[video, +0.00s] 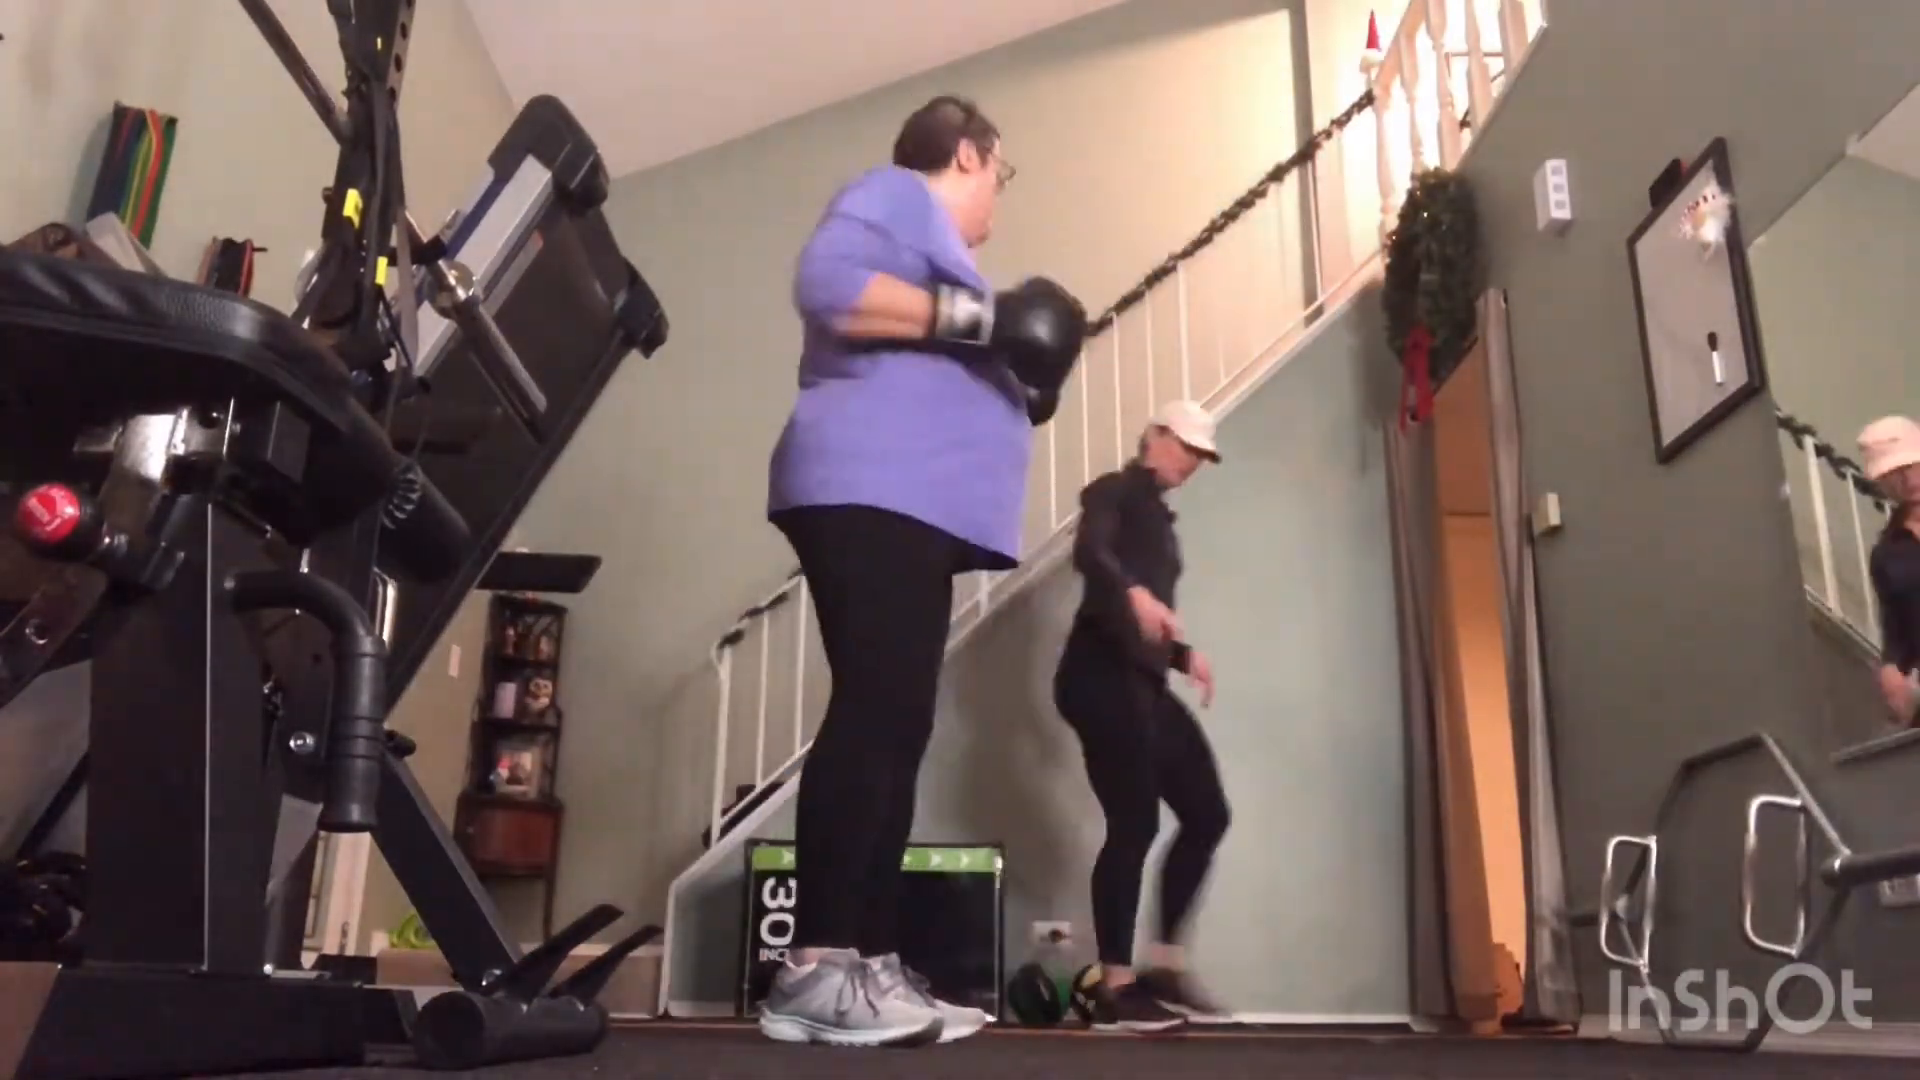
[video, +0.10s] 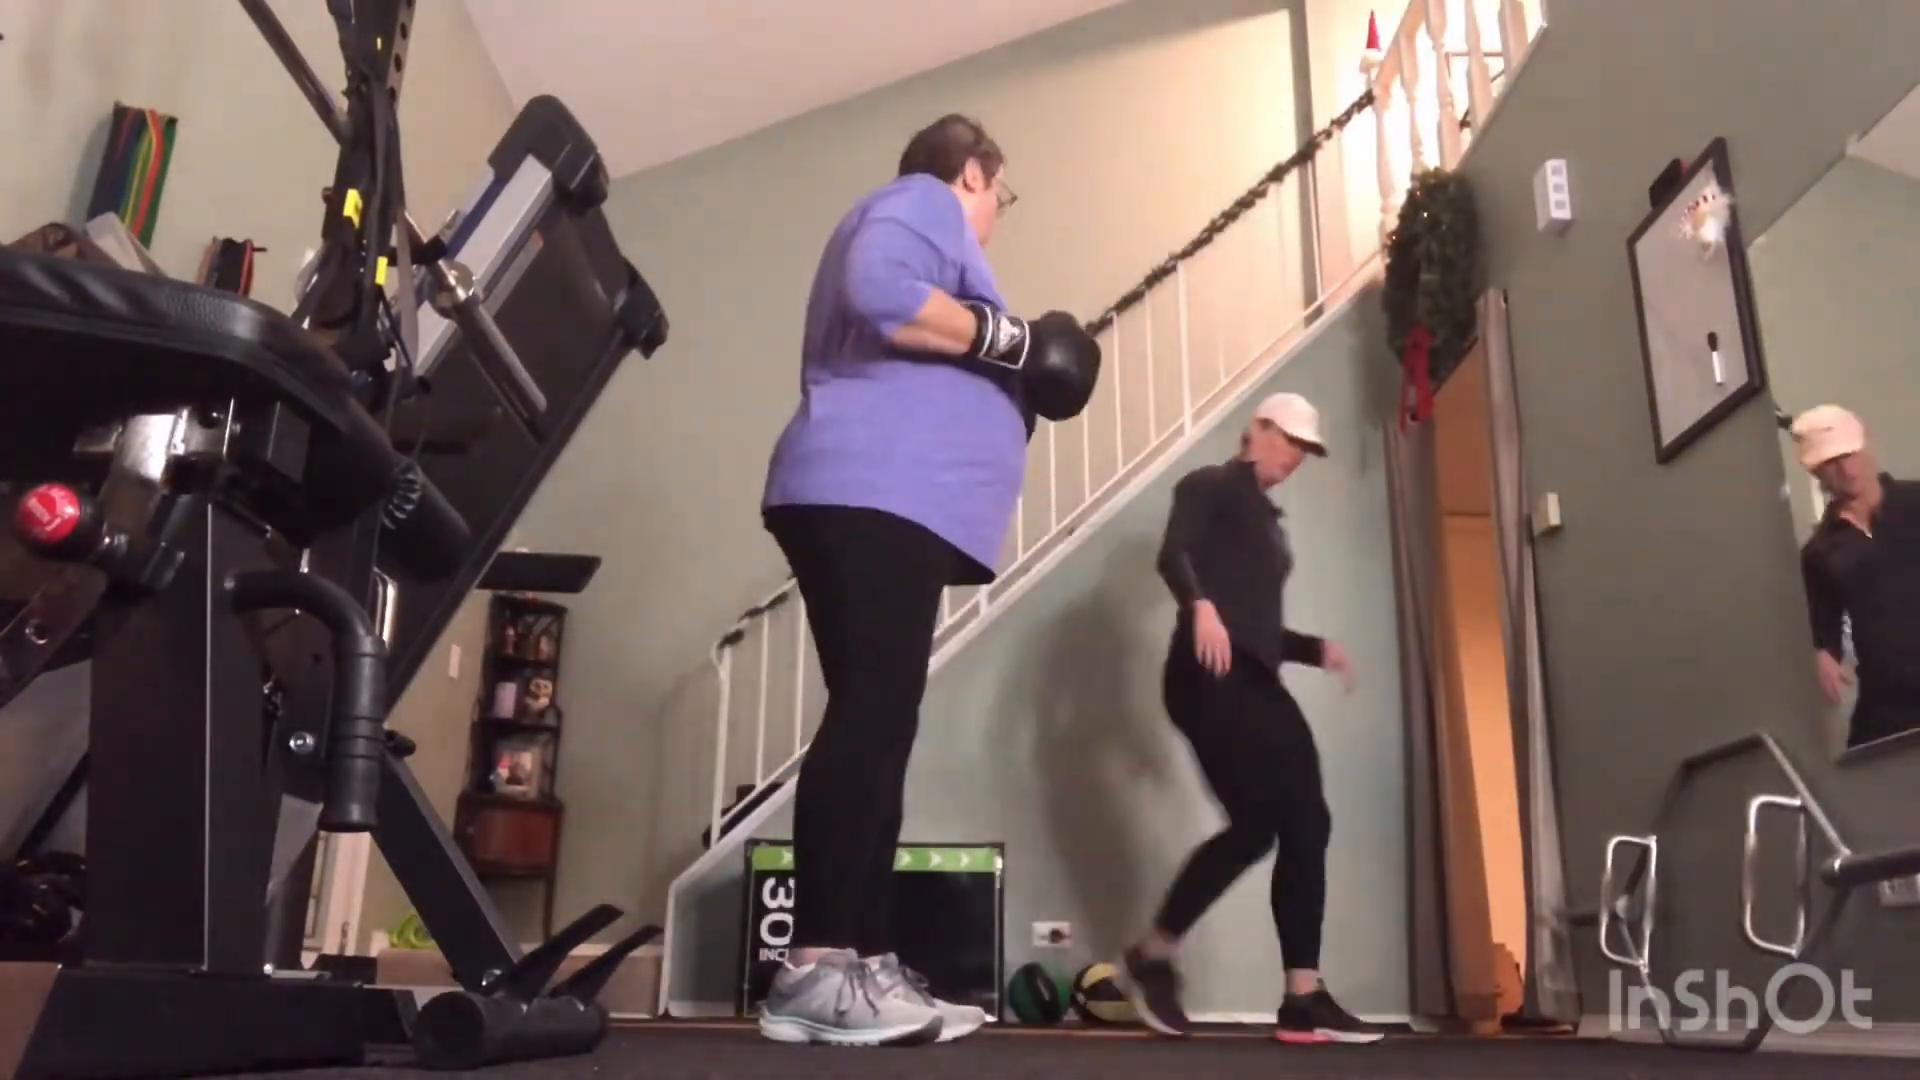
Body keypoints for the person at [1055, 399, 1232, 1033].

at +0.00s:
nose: (1194, 466)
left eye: (1200, 458)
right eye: (1189, 452)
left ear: (1187, 458)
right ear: (1154, 439)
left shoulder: (1157, 516)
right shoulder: (1114, 489)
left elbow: (1142, 605)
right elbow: (1091, 550)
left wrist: (1183, 654)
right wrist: (1132, 592)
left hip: (1141, 681)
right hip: (1098, 675)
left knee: (1207, 816)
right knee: (1132, 821)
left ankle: (1167, 964)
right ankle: (1115, 979)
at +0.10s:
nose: (1295, 459)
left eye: (1303, 451)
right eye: (1289, 443)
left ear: (1298, 457)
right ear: (1255, 432)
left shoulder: (1267, 523)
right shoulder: (1208, 484)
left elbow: (1255, 628)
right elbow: (1174, 554)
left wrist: (1316, 649)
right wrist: (1201, 606)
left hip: (1256, 682)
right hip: (1206, 673)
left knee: (1307, 821)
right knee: (1256, 821)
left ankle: (1303, 996)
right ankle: (1152, 953)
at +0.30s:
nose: (1372, 417)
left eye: (1386, 411)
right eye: (1365, 401)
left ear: (1398, 414)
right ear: (1343, 388)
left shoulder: (1371, 476)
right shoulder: (1300, 448)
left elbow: (1344, 575)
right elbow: (1253, 522)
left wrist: (1389, 613)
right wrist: (1296, 552)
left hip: (1342, 654)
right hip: (1300, 648)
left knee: (1388, 808)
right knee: (1363, 805)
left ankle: (1353, 992)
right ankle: (1344, 997)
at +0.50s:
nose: (1425, 424)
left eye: (1430, 415)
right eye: (1422, 407)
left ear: (1392, 396)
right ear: (1385, 387)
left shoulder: (1366, 457)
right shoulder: (1345, 447)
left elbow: (1364, 549)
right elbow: (1347, 538)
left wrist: (1405, 614)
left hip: (1339, 644)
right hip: (1315, 641)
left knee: (1387, 810)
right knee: (1371, 808)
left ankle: (1354, 991)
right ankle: (1335, 997)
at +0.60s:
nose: (1432, 438)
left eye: (1437, 429)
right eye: (1433, 420)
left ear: (1395, 399)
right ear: (1402, 395)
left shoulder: (1349, 454)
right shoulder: (1366, 444)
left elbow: (1350, 589)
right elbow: (1366, 539)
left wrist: (1416, 588)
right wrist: (1449, 530)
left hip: (1291, 641)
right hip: (1320, 637)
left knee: (1339, 813)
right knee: (1393, 793)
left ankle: (1337, 987)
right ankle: (1346, 979)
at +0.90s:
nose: (1416, 423)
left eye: (1422, 417)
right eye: (1406, 406)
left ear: (1412, 425)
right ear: (1365, 401)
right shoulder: (1346, 439)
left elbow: (1354, 610)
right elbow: (1398, 467)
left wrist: (1410, 563)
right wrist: (1423, 495)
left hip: (1262, 646)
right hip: (1297, 627)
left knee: (1346, 819)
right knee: (1426, 770)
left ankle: (1322, 998)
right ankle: (1385, 962)